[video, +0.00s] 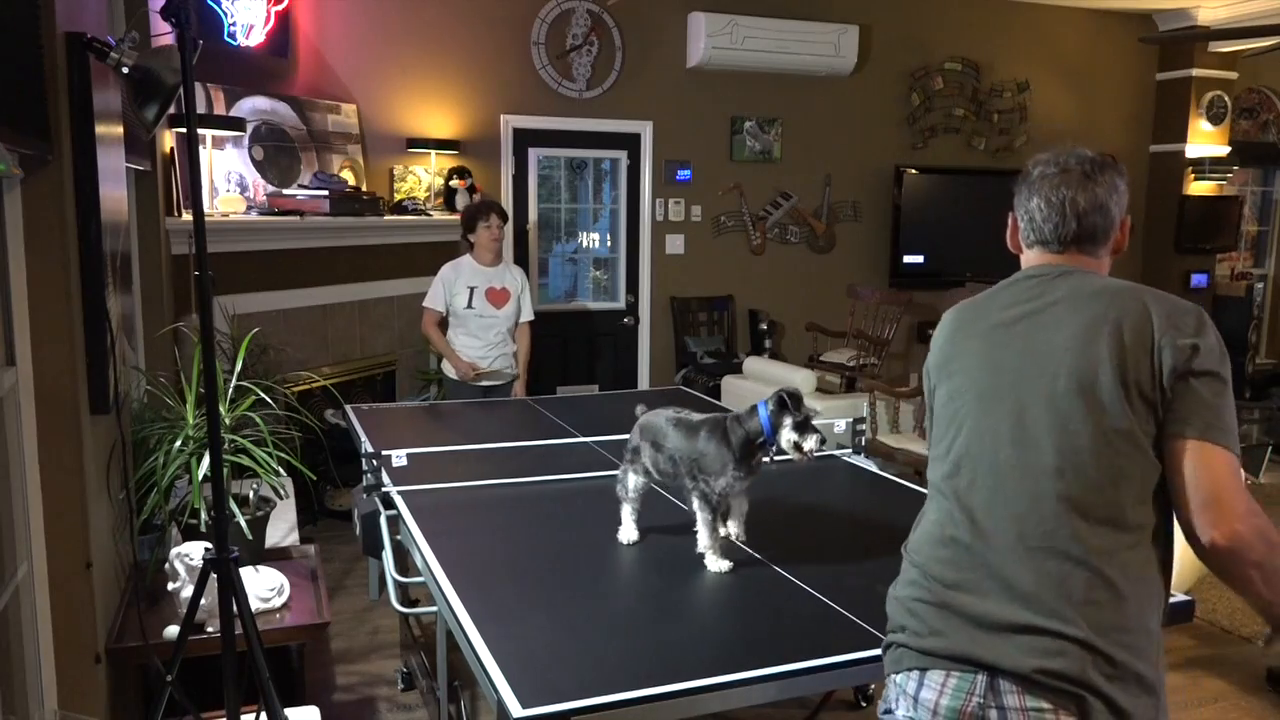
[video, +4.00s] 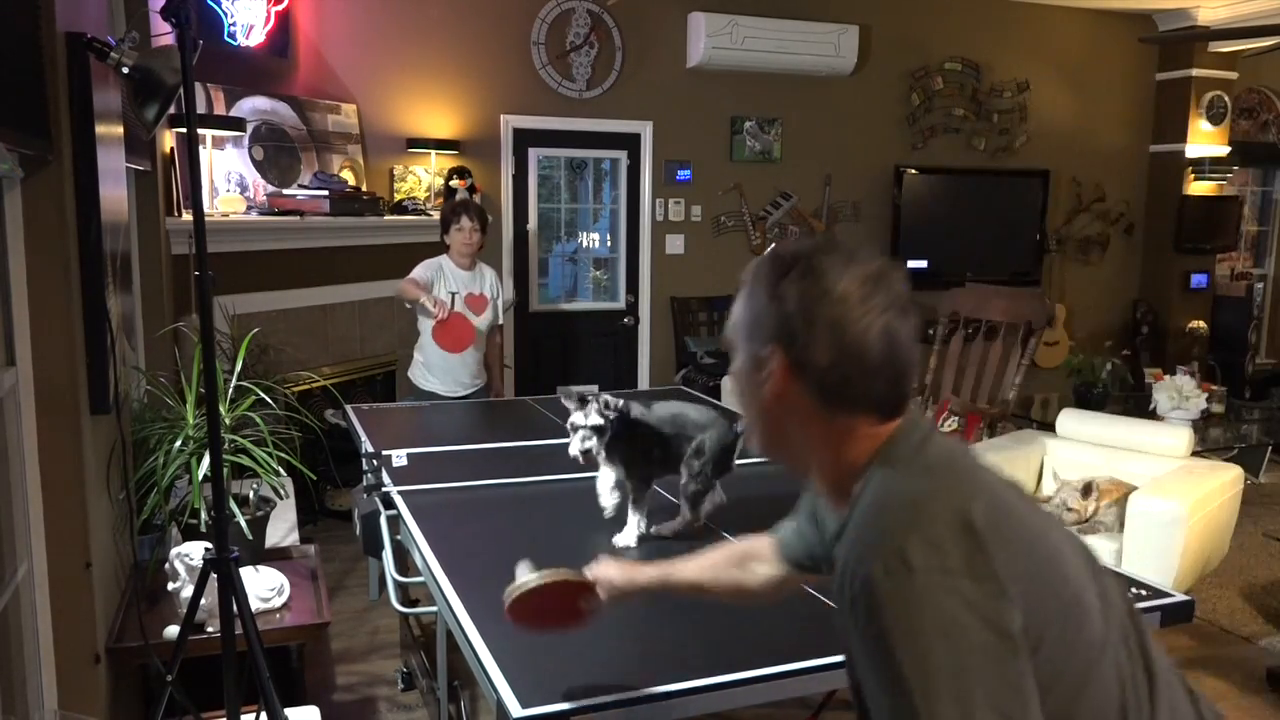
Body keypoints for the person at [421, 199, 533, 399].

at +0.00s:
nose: (496, 233)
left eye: (500, 227)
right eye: (487, 227)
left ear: (504, 231)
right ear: (471, 235)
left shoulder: (516, 275)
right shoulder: (451, 272)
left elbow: (522, 328)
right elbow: (429, 324)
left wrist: (521, 377)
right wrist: (456, 362)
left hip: (504, 381)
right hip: (461, 382)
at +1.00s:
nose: (529, 244)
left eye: (533, 237)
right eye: (521, 236)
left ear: (537, 237)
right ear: (503, 237)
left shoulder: (541, 274)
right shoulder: (479, 271)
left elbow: (548, 325)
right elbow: (443, 310)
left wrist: (551, 370)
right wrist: (478, 338)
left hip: (526, 379)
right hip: (484, 379)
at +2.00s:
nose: (520, 233)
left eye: (524, 227)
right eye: (511, 227)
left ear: (529, 232)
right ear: (496, 234)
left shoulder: (537, 274)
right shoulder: (479, 272)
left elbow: (543, 328)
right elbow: (460, 325)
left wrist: (546, 375)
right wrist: (499, 350)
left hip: (528, 382)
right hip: (485, 383)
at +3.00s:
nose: (520, 234)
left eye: (524, 228)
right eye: (511, 228)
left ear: (529, 232)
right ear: (496, 235)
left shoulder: (543, 275)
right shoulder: (477, 273)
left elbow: (552, 327)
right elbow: (456, 323)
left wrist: (554, 375)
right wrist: (485, 349)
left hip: (534, 383)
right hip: (489, 383)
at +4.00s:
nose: (468, 236)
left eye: (475, 230)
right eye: (459, 229)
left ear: (482, 237)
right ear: (446, 237)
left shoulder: (489, 277)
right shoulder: (432, 268)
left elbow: (494, 335)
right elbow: (405, 287)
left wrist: (496, 383)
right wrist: (425, 298)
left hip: (474, 388)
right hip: (430, 389)